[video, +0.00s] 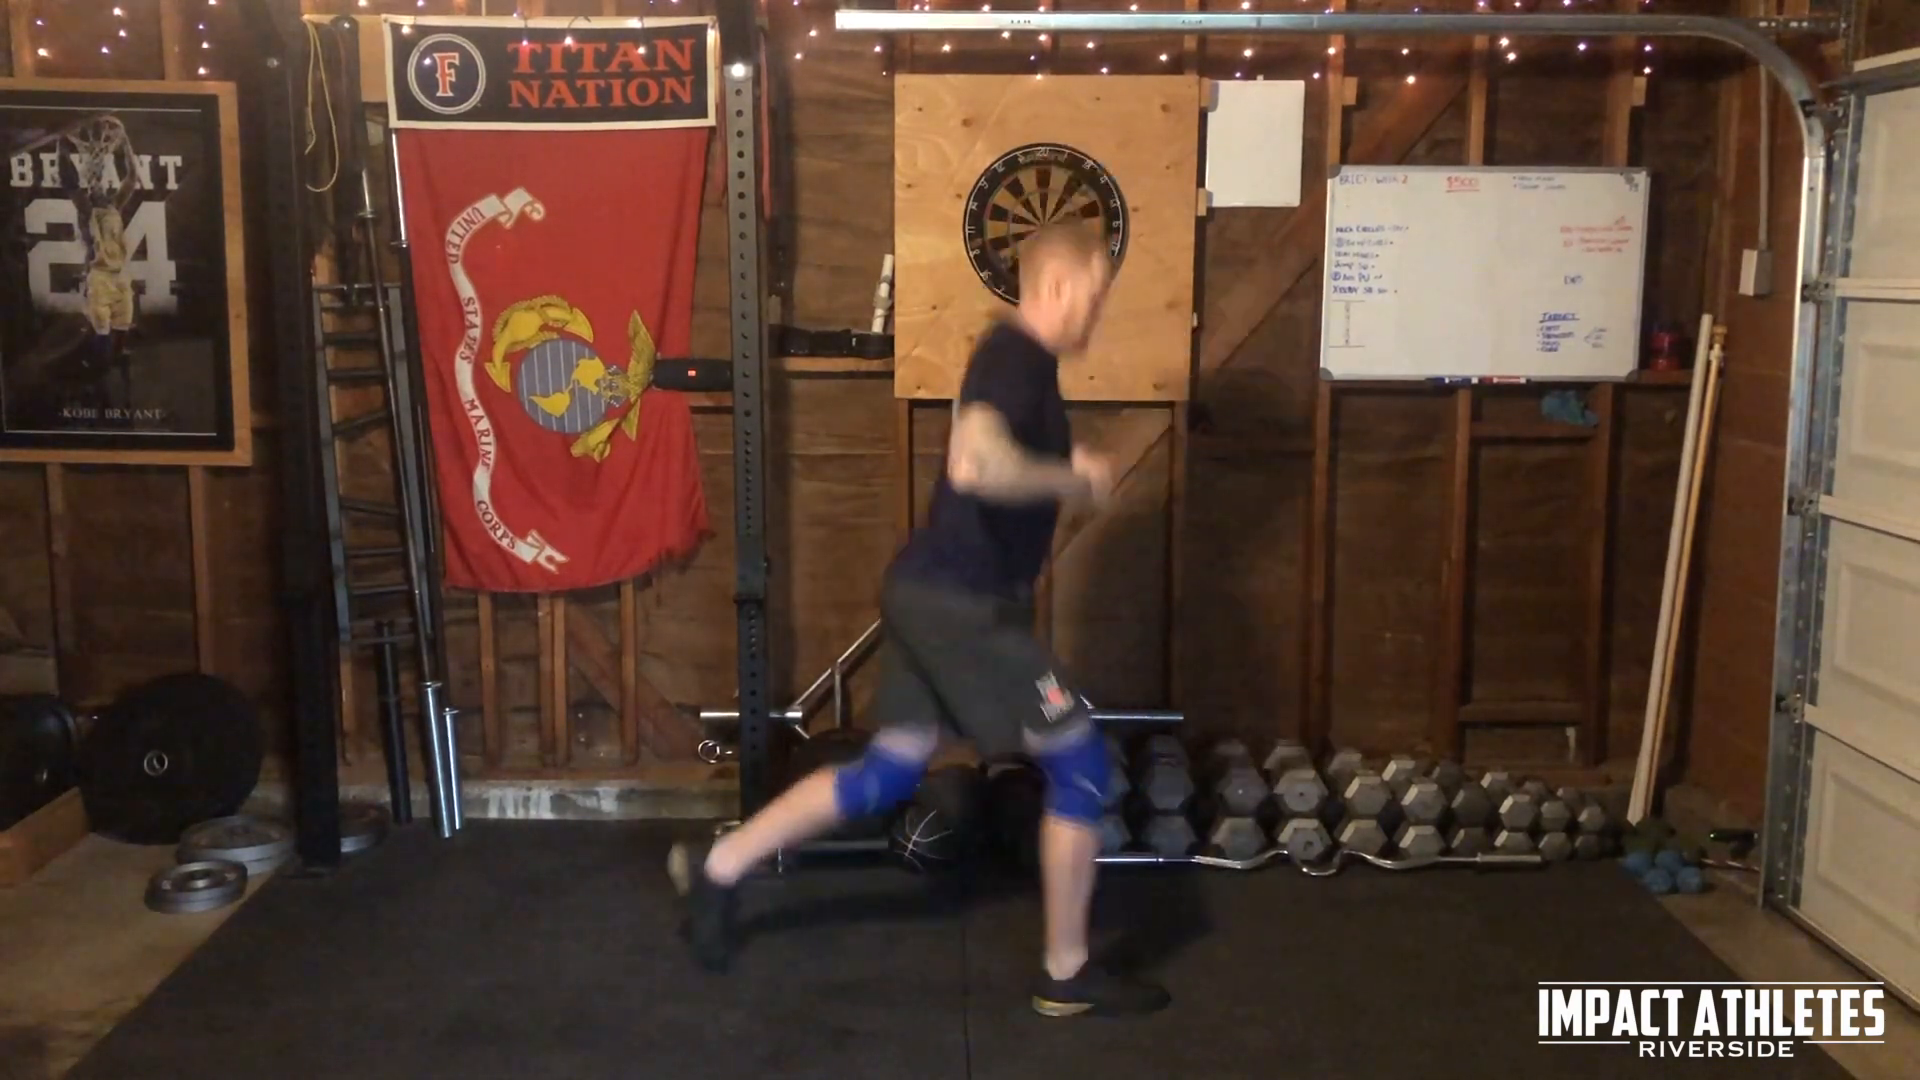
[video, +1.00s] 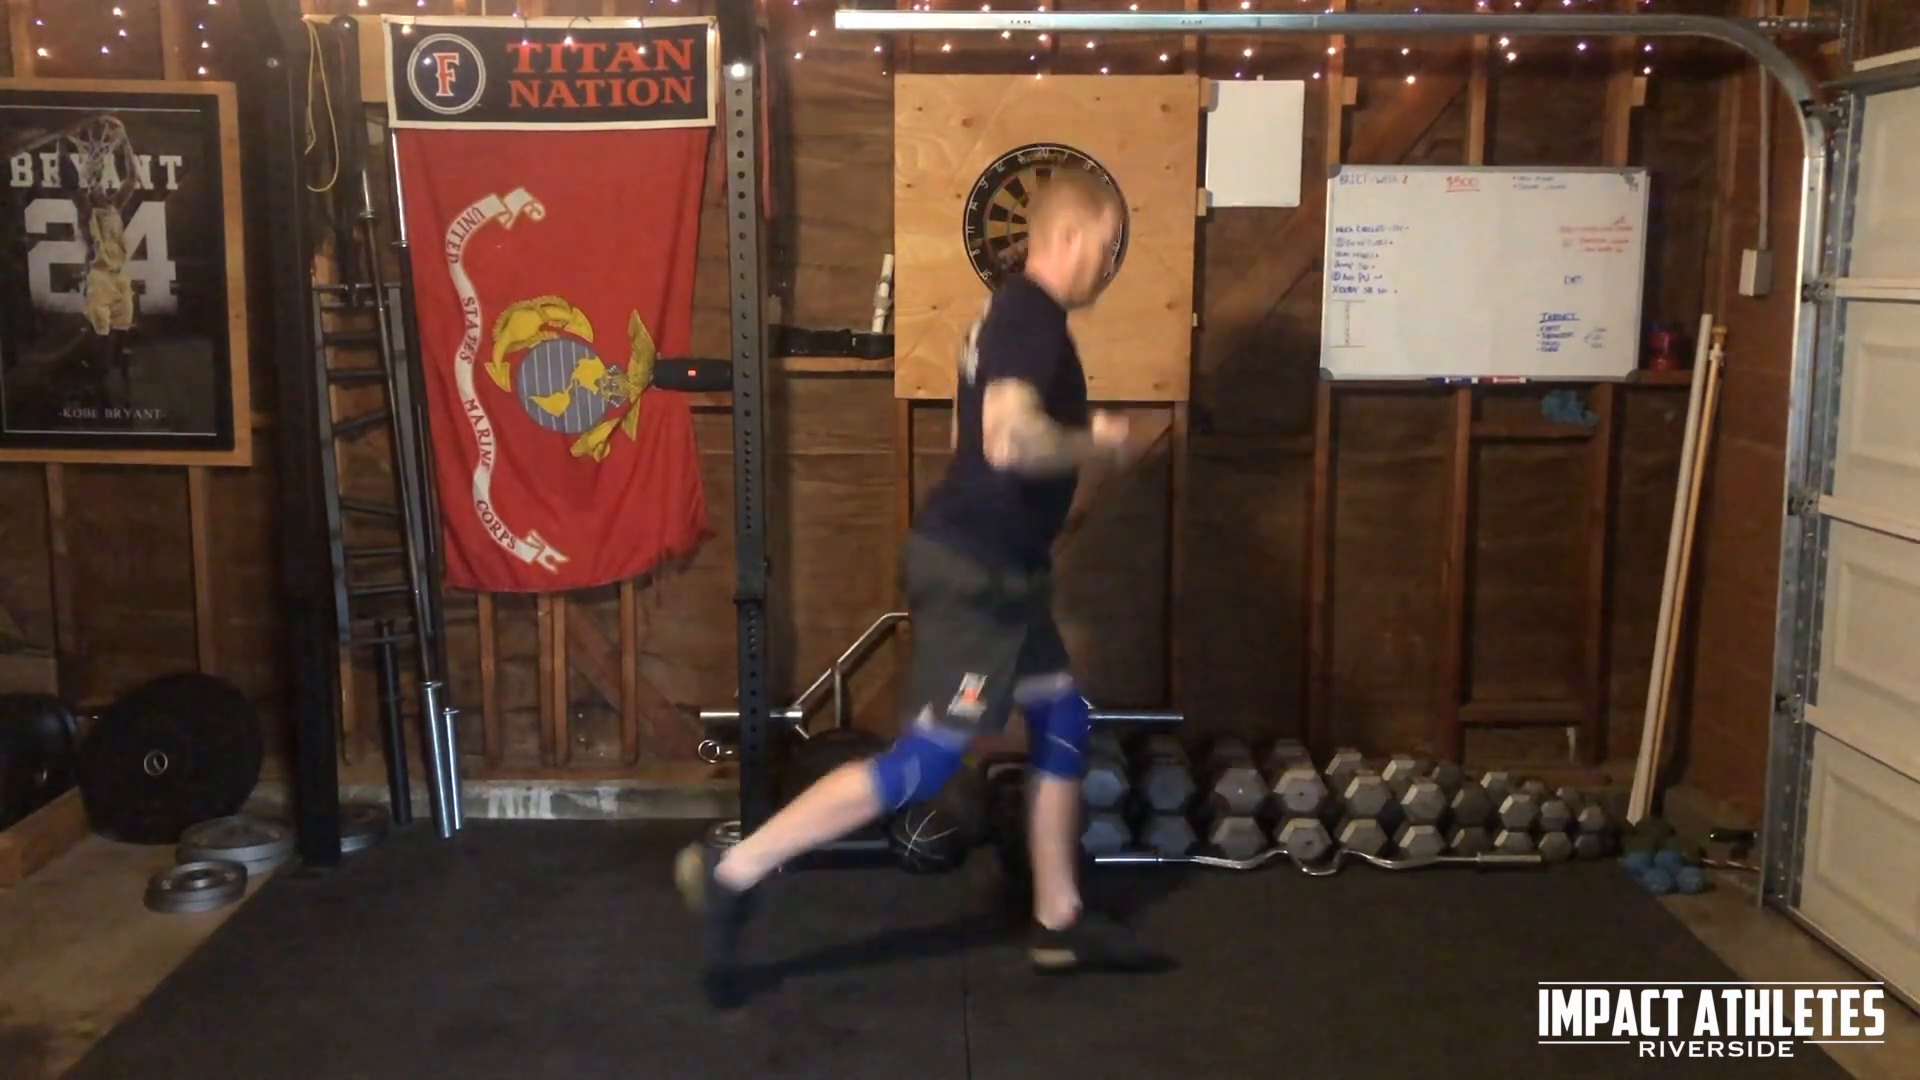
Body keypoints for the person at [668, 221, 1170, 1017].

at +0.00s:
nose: (1101, 308)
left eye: (1104, 292)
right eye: (1096, 290)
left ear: (1044, 283)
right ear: (1055, 283)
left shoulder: (1024, 359)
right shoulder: (1013, 356)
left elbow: (995, 465)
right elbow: (974, 462)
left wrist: (1072, 470)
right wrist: (1073, 476)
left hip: (933, 594)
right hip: (957, 602)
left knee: (887, 770)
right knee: (1079, 760)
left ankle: (717, 865)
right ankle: (1068, 971)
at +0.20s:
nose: (1103, 470)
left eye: (1104, 455)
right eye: (1098, 454)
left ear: (1046, 451)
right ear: (1059, 452)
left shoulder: (1002, 517)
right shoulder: (1020, 527)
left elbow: (978, 645)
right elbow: (992, 653)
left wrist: (1053, 689)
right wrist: (1095, 665)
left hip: (914, 743)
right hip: (952, 745)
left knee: (904, 923)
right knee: (1142, 785)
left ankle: (708, 889)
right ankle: (1073, 972)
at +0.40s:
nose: (1101, 492)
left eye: (1101, 478)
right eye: (1097, 477)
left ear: (1047, 476)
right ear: (1059, 476)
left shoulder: (1000, 539)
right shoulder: (1026, 552)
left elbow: (986, 680)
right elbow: (1004, 696)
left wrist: (1059, 727)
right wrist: (1101, 690)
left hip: (917, 768)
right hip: (959, 769)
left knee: (903, 934)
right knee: (1149, 788)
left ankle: (711, 889)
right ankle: (1071, 975)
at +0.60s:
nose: (1097, 351)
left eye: (1099, 335)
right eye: (1091, 335)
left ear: (1036, 334)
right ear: (1054, 335)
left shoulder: (1011, 413)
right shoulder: (1027, 421)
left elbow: (996, 518)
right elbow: (1011, 543)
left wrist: (1069, 503)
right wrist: (1095, 516)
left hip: (942, 639)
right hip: (989, 648)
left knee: (894, 802)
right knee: (1129, 775)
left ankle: (711, 883)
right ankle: (1073, 966)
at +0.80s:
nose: (1118, 216)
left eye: (1121, 200)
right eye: (1114, 198)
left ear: (1058, 186)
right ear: (1072, 185)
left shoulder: (1027, 264)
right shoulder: (1036, 269)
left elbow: (1021, 386)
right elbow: (1008, 389)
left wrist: (1094, 391)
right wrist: (1102, 394)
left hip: (958, 504)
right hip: (983, 514)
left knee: (962, 692)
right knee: (1009, 705)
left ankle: (858, 857)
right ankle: (953, 908)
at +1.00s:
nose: (1113, 264)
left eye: (1117, 247)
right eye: (1109, 245)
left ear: (1048, 238)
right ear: (1066, 239)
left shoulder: (1025, 311)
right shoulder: (1025, 314)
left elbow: (1013, 430)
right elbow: (1010, 436)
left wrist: (1084, 445)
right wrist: (1099, 440)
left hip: (1007, 563)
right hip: (969, 564)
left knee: (1062, 725)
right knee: (921, 763)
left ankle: (1060, 922)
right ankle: (732, 870)